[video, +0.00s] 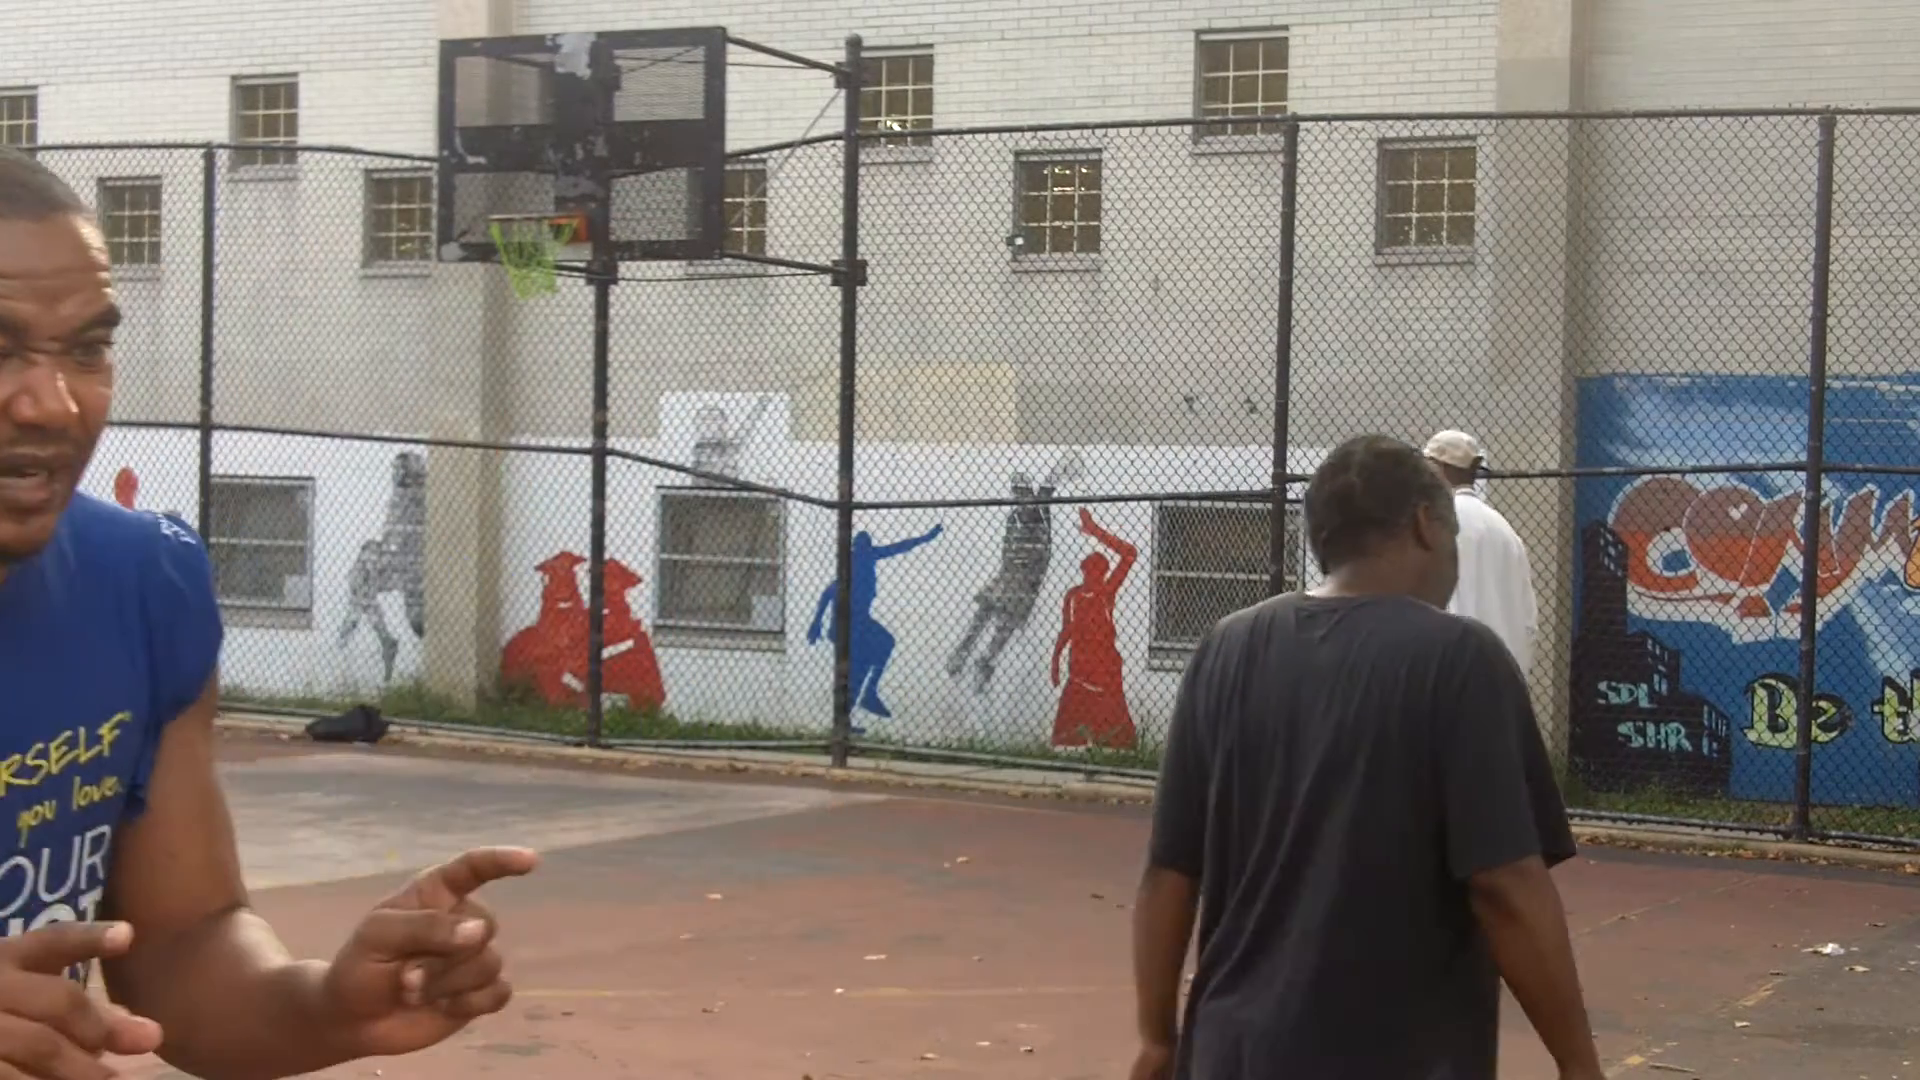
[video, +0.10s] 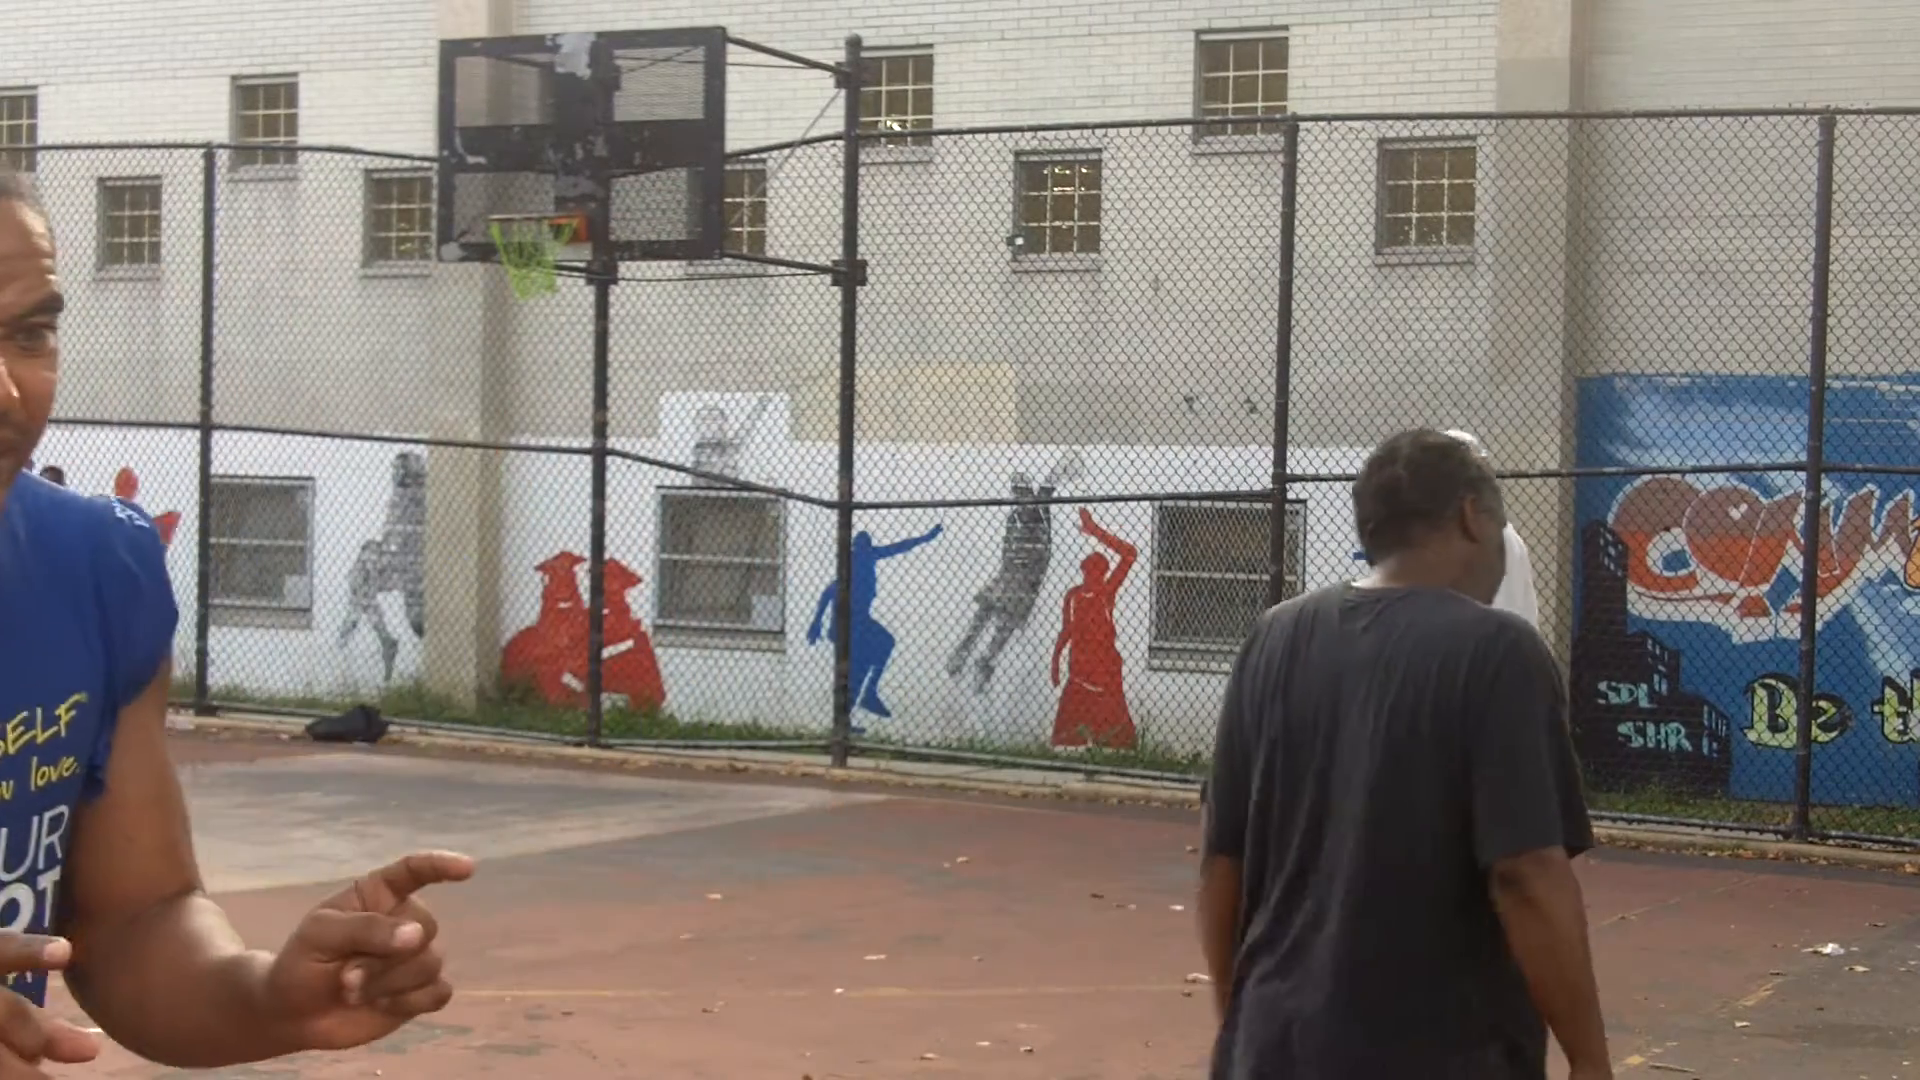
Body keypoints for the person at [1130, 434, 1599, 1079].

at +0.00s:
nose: (1457, 554)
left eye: (1455, 531)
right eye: (1453, 529)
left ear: (1326, 541)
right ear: (1425, 522)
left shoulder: (1228, 646)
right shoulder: (1457, 655)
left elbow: (1169, 870)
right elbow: (1504, 881)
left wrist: (1155, 1036)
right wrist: (1580, 1062)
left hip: (1229, 1047)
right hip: (1406, 1054)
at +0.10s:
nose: (1504, 547)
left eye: (1504, 524)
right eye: (1501, 522)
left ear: (1373, 531)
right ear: (1472, 515)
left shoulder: (1273, 636)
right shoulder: (1494, 647)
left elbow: (1223, 865)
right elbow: (1524, 871)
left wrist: (1237, 1025)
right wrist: (1589, 1060)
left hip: (1273, 1045)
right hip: (1447, 1052)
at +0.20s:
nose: (1557, 550)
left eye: (1557, 529)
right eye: (1554, 526)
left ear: (1425, 529)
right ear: (1520, 517)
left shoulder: (1319, 633)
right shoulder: (1535, 650)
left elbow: (1275, 848)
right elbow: (1548, 872)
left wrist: (1309, 994)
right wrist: (1604, 1060)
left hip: (1316, 1042)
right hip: (1482, 1050)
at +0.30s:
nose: (1612, 560)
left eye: (1612, 541)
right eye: (1608, 538)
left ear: (1483, 533)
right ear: (1574, 525)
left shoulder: (1378, 630)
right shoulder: (1588, 657)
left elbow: (1332, 838)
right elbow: (1584, 876)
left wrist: (1371, 981)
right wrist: (1627, 1063)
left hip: (1362, 1037)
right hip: (1521, 1049)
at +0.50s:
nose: (1734, 571)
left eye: (1734, 548)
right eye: (1730, 546)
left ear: (1610, 548)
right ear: (1701, 541)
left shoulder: (1504, 636)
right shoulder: (1708, 673)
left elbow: (1449, 838)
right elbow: (1699, 886)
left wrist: (1494, 973)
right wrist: (1729, 1063)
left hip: (1485, 1044)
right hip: (1637, 1052)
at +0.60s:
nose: (1785, 557)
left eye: (1786, 537)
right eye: (1782, 535)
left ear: (1656, 539)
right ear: (1752, 530)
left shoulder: (1553, 623)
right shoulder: (1767, 662)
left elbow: (1495, 826)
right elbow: (1771, 875)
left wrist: (1504, 958)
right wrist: (1809, 1058)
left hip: (1548, 1020)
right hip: (1705, 1038)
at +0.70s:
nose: (1825, 546)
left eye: (1824, 524)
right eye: (1821, 523)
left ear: (1692, 529)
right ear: (1792, 521)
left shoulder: (1598, 620)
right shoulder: (1816, 652)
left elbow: (1531, 816)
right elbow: (1843, 866)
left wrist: (1532, 958)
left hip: (1600, 1000)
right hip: (1751, 1020)